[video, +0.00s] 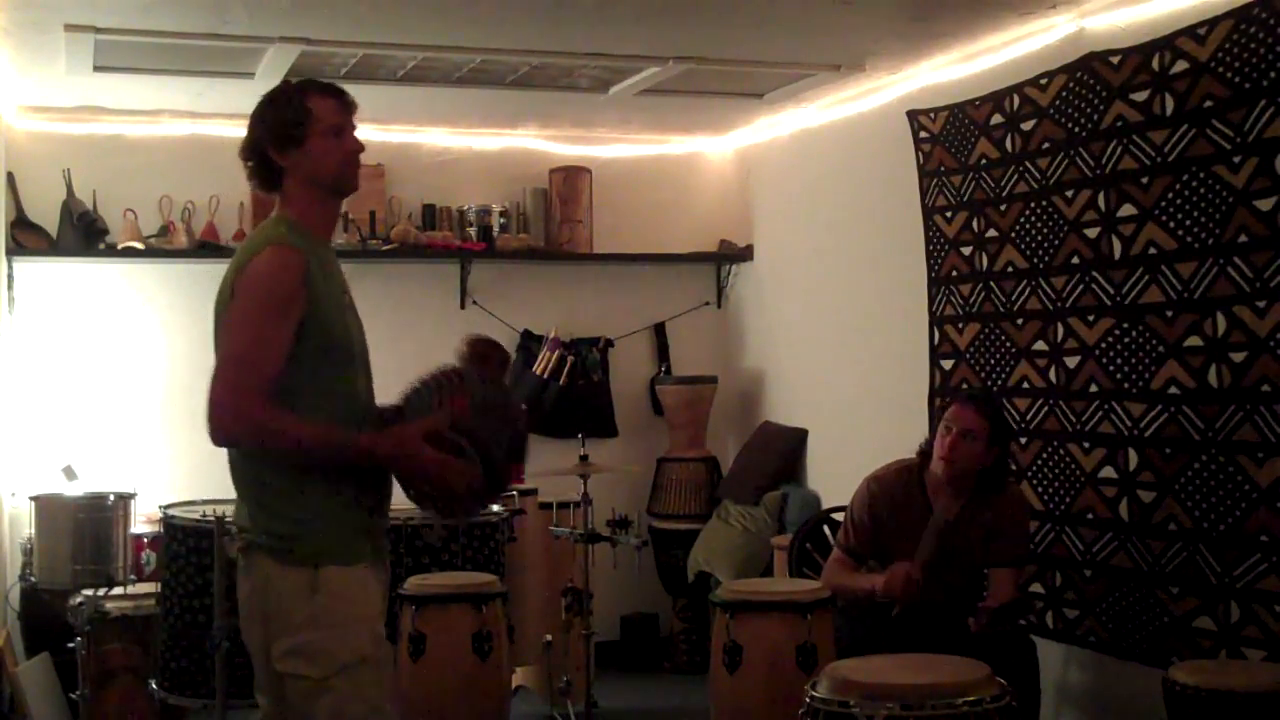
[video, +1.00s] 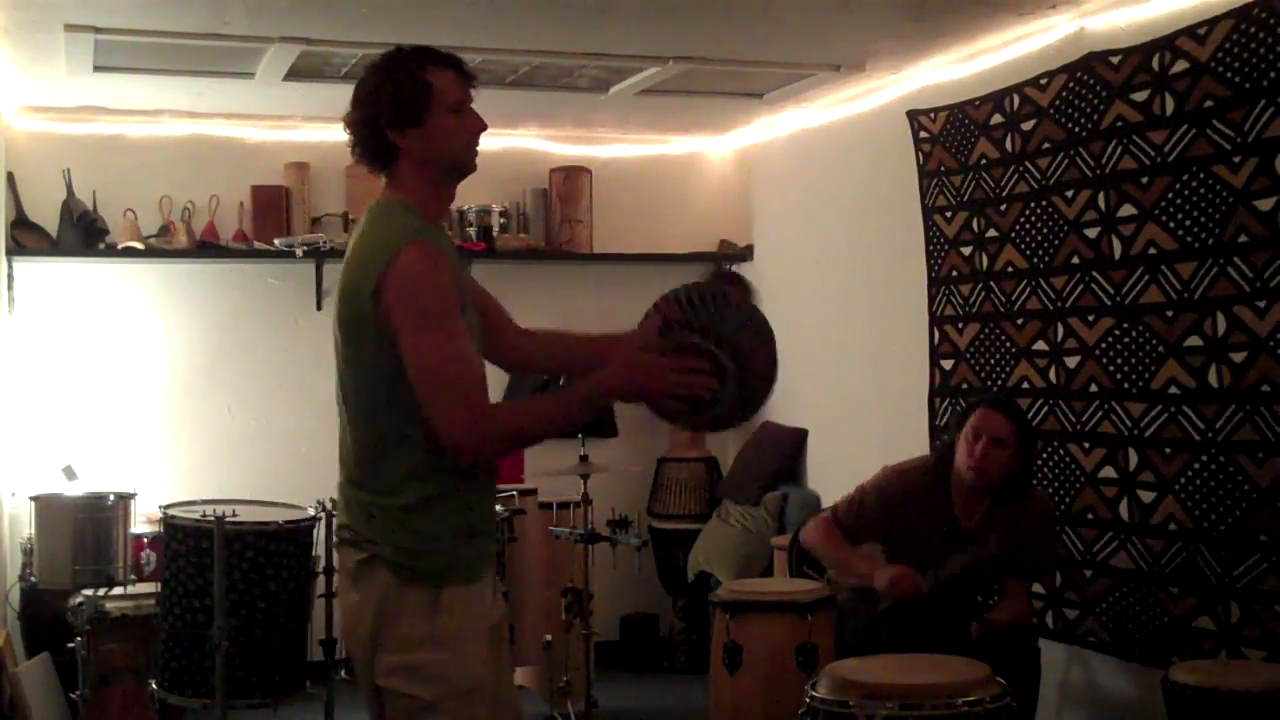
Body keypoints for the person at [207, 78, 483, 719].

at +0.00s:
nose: (358, 145)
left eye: (355, 131)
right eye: (339, 133)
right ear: (286, 152)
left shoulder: (307, 257)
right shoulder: (279, 259)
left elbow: (324, 414)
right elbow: (233, 414)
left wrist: (418, 417)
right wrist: (384, 449)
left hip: (329, 560)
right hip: (309, 566)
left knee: (329, 707)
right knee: (340, 708)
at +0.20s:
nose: (388, 134)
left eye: (379, 120)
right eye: (367, 124)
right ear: (318, 152)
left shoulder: (353, 255)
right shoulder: (312, 260)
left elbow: (353, 413)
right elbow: (257, 421)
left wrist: (448, 440)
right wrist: (407, 477)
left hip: (354, 562)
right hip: (325, 571)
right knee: (362, 707)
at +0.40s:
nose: (439, 128)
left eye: (432, 114)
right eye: (419, 117)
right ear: (367, 139)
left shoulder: (411, 240)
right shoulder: (331, 247)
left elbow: (400, 383)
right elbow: (245, 396)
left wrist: (522, 362)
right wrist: (402, 418)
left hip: (398, 547)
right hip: (344, 558)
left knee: (398, 706)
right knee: (360, 708)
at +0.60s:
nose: (476, 129)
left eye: (469, 114)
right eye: (456, 117)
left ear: (412, 141)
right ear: (401, 140)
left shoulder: (444, 244)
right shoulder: (360, 258)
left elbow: (428, 394)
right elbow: (288, 421)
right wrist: (447, 460)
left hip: (423, 556)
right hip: (367, 568)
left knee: (426, 708)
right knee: (383, 711)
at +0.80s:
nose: (485, 119)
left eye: (478, 106)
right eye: (465, 108)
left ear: (423, 138)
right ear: (409, 135)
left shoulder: (430, 244)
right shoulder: (394, 255)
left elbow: (454, 358)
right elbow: (409, 444)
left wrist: (563, 348)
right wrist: (566, 416)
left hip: (438, 559)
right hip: (390, 572)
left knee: (474, 702)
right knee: (412, 709)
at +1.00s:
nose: (481, 122)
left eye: (473, 106)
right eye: (462, 108)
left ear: (409, 133)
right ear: (404, 130)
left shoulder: (418, 238)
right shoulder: (409, 251)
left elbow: (514, 346)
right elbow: (469, 431)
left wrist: (637, 344)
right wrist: (610, 385)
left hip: (433, 566)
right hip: (418, 578)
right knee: (449, 709)